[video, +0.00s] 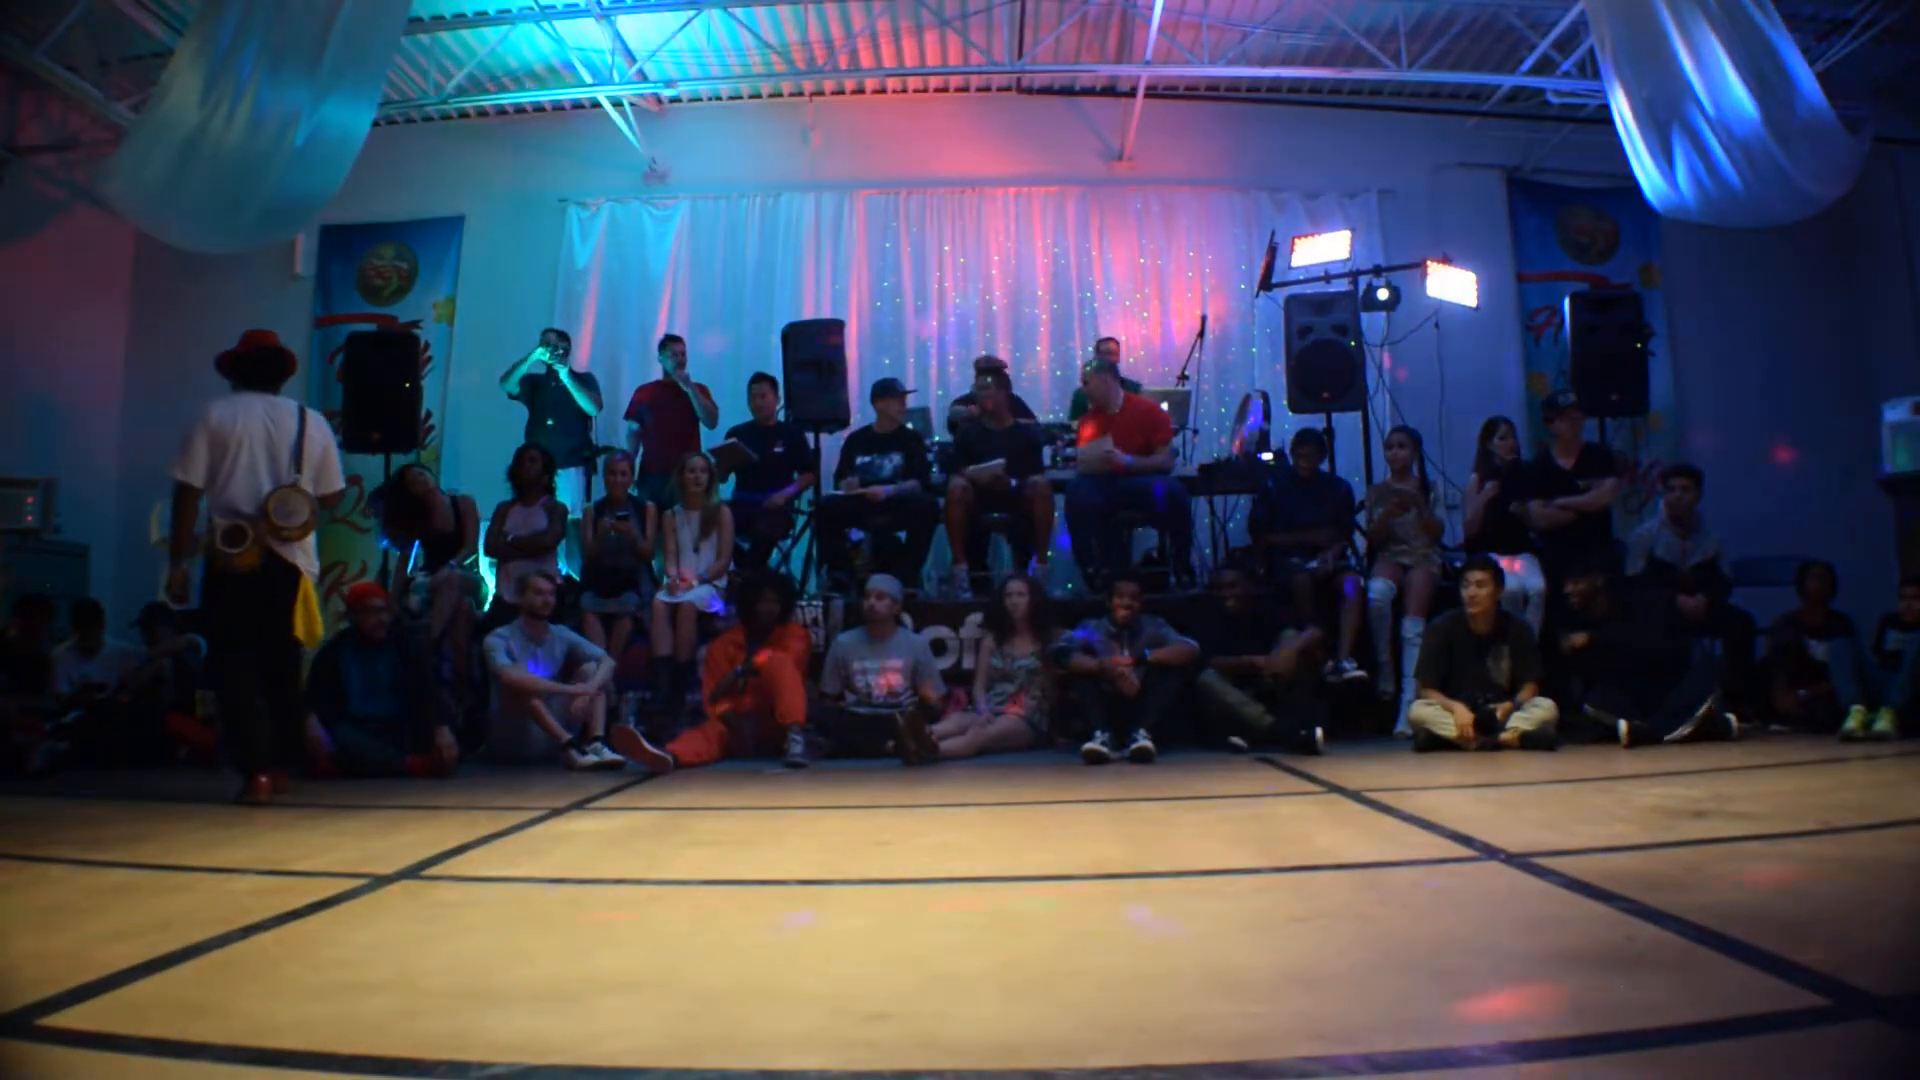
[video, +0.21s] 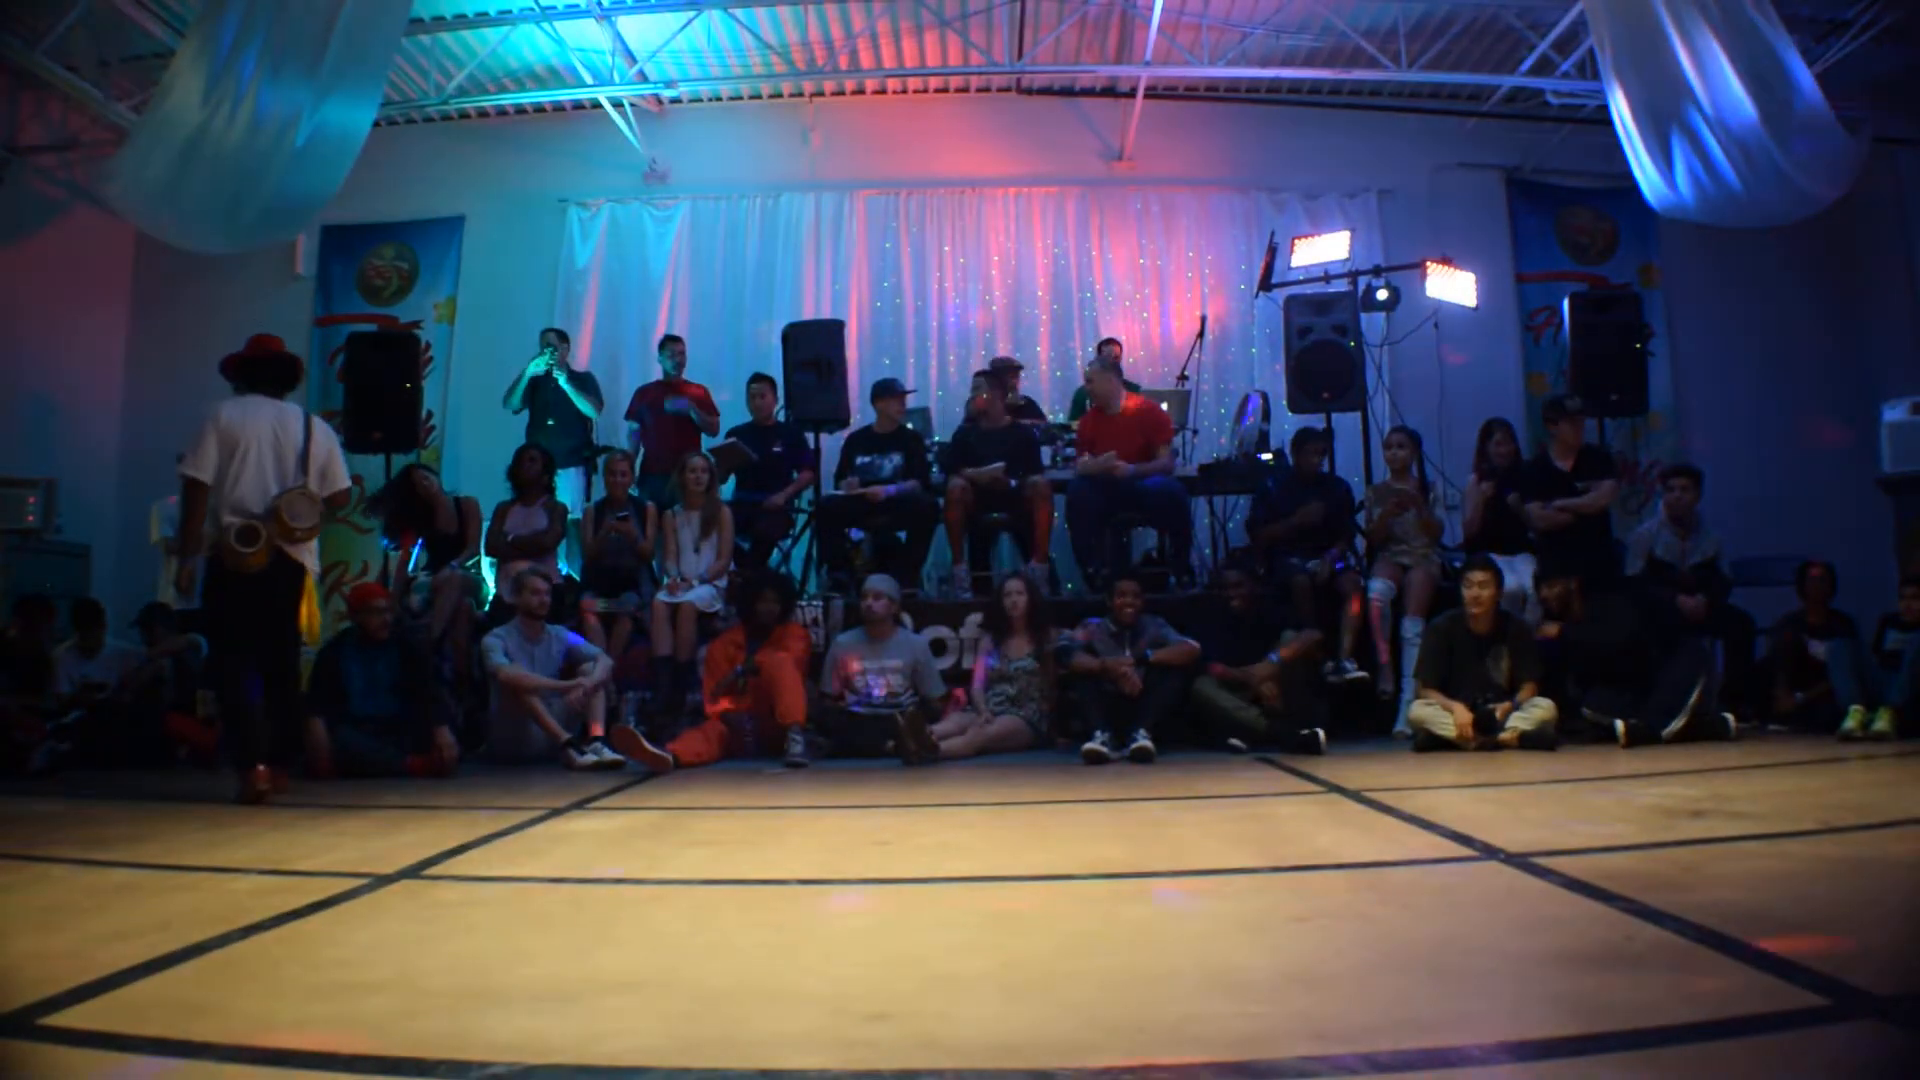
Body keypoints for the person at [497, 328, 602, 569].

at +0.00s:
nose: (555, 353)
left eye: (561, 348)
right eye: (550, 348)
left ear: (569, 351)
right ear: (542, 350)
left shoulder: (583, 380)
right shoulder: (534, 382)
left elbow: (593, 408)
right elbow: (507, 385)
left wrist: (565, 375)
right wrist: (533, 357)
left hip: (572, 461)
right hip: (538, 461)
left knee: (572, 523)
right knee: (535, 520)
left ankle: (573, 577)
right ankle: (537, 578)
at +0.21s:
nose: (552, 352)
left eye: (557, 347)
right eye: (547, 347)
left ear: (567, 349)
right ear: (540, 351)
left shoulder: (583, 379)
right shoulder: (533, 381)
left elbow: (594, 411)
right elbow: (511, 405)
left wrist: (565, 382)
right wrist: (528, 372)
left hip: (572, 460)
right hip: (539, 461)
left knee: (572, 523)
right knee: (537, 521)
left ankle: (573, 577)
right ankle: (538, 579)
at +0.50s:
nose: (547, 352)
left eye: (551, 346)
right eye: (541, 348)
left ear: (561, 347)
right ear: (536, 352)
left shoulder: (580, 378)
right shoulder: (529, 386)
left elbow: (599, 413)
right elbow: (514, 429)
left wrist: (574, 387)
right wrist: (525, 413)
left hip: (571, 462)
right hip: (539, 465)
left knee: (570, 523)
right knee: (539, 523)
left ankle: (572, 577)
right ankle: (543, 578)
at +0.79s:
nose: (544, 353)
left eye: (548, 347)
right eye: (538, 349)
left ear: (556, 348)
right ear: (533, 352)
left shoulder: (574, 381)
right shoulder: (525, 387)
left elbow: (599, 408)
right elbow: (512, 430)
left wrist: (583, 378)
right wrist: (526, 422)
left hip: (571, 461)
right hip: (539, 464)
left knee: (574, 522)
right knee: (539, 523)